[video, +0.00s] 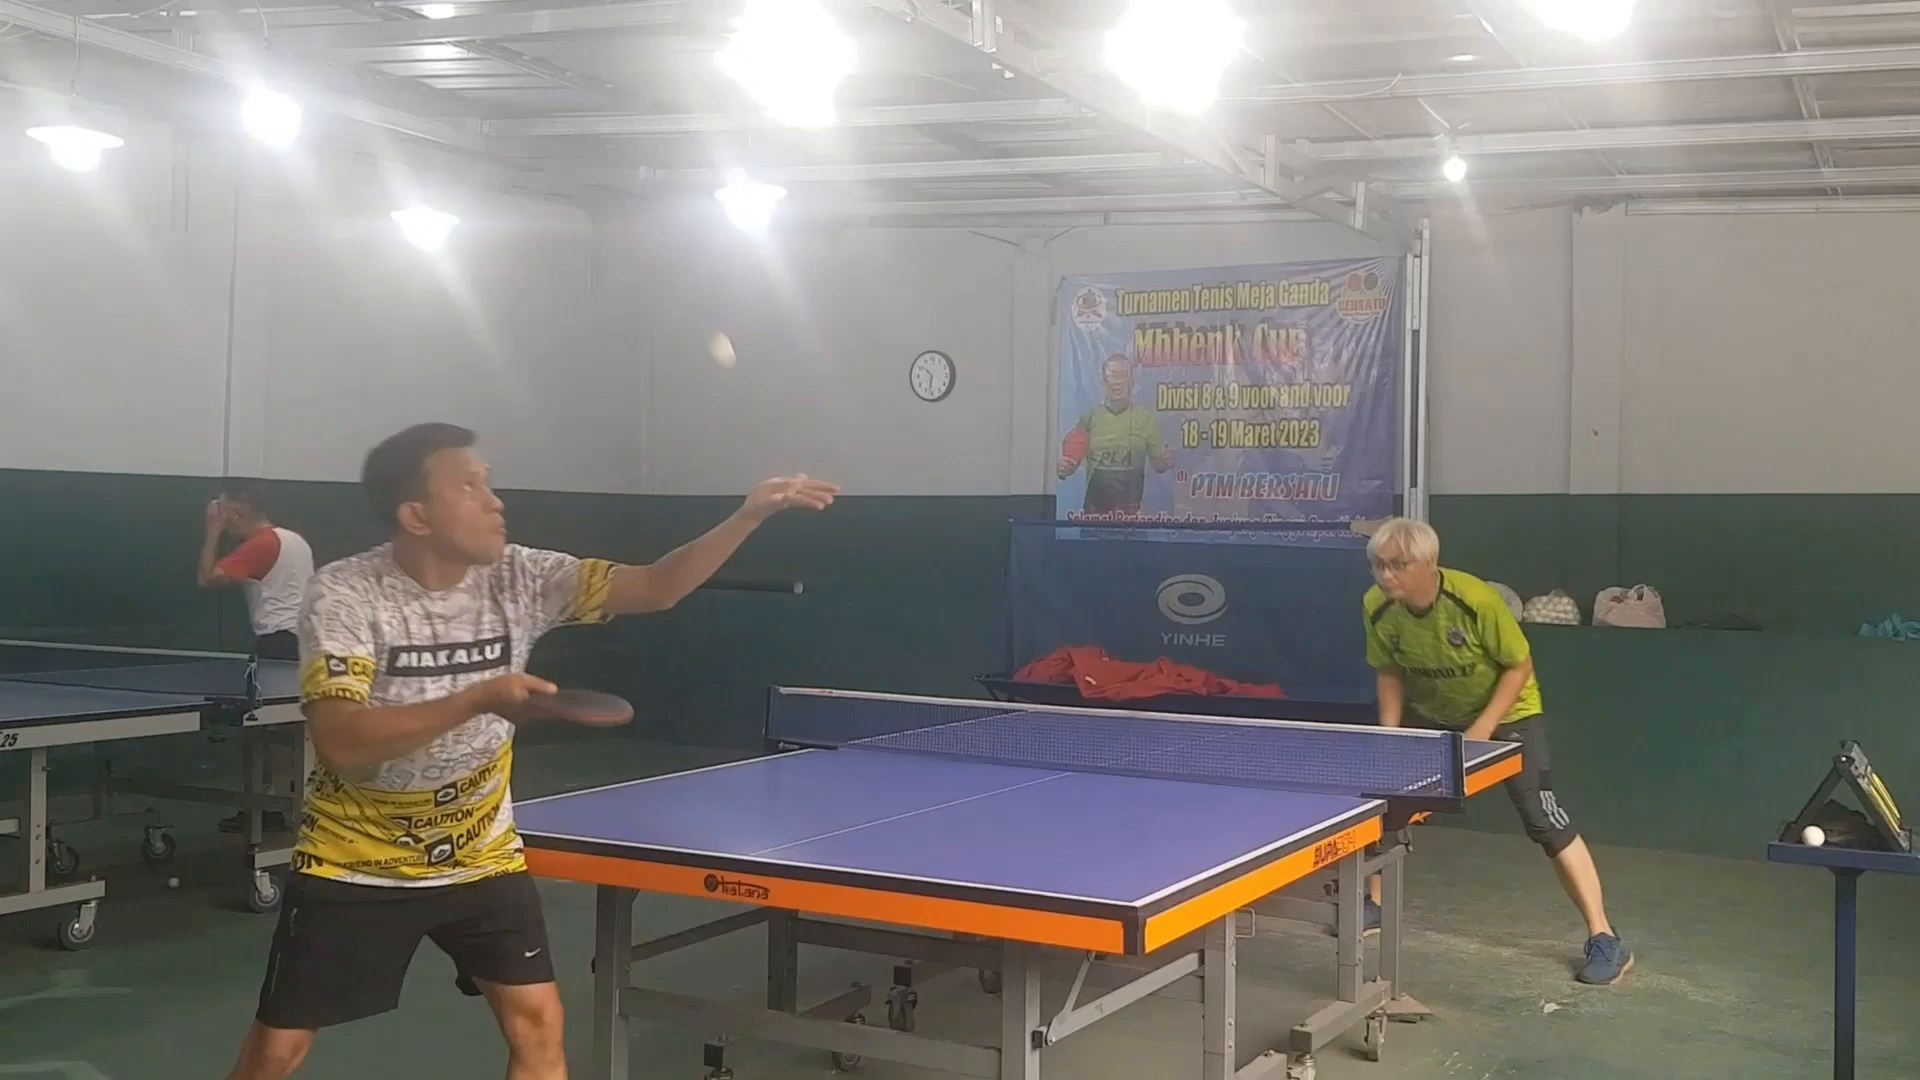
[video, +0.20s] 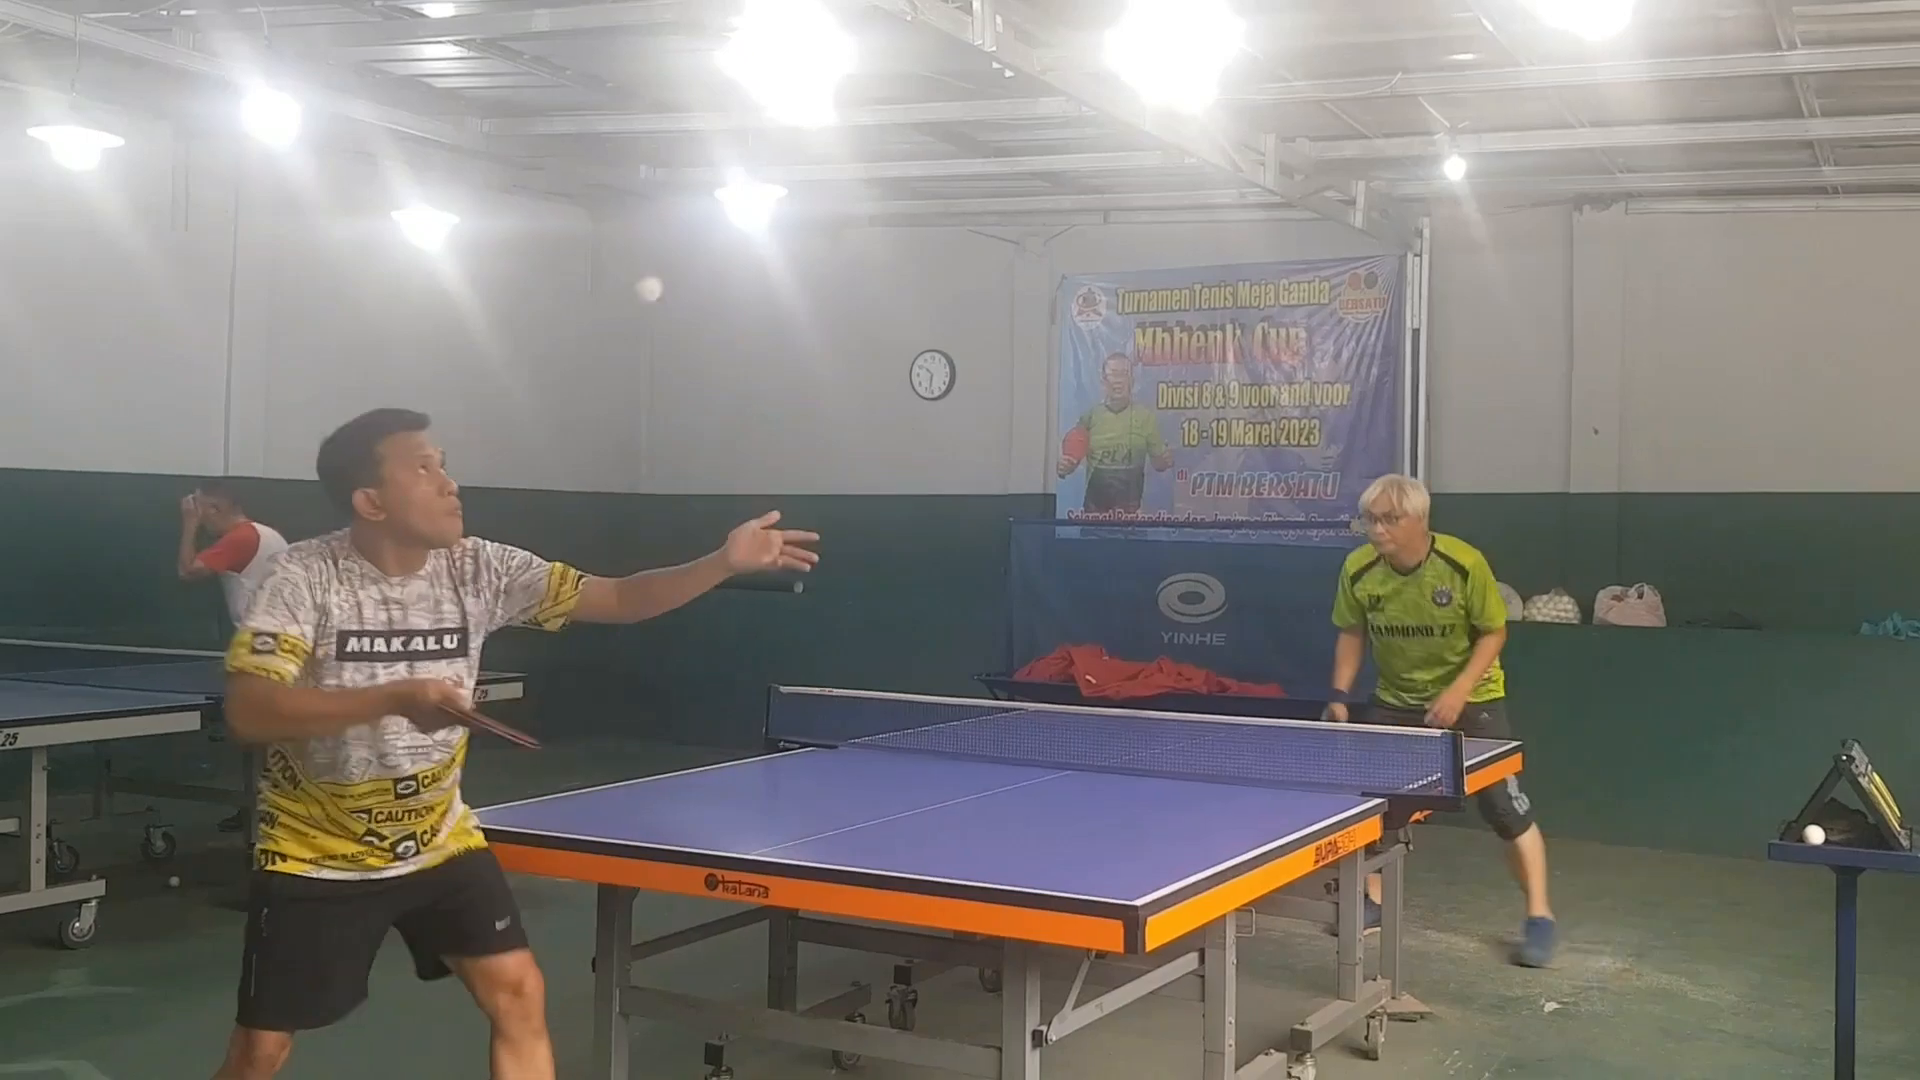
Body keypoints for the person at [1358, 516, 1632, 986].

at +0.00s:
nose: (1382, 576)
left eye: (1393, 566)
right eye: (1377, 566)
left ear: (1424, 565)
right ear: (1375, 568)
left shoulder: (1475, 600)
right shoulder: (1377, 607)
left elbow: (1520, 665)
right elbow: (1388, 675)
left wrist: (1485, 726)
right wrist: (1387, 741)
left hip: (1507, 713)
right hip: (1429, 718)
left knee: (1540, 812)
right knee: (1376, 804)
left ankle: (1603, 937)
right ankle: (1370, 903)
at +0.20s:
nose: (1375, 530)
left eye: (1386, 520)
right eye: (1370, 520)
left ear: (1416, 520)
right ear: (1365, 524)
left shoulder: (1464, 565)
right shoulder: (1358, 570)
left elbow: (1494, 633)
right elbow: (1351, 633)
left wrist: (1459, 691)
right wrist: (1339, 695)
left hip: (1472, 700)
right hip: (1395, 701)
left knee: (1504, 803)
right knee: (1365, 795)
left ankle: (1539, 915)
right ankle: (1371, 897)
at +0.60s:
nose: (1348, 530)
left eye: (1358, 520)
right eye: (1343, 521)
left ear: (1388, 521)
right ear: (1340, 526)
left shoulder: (1436, 564)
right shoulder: (1336, 575)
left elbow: (1476, 632)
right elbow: (1325, 644)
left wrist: (1444, 676)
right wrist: (1293, 674)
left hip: (1447, 709)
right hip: (1371, 710)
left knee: (1495, 804)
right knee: (1314, 782)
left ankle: (1551, 918)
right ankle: (1312, 897)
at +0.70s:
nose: (1379, 530)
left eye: (1389, 519)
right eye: (1372, 521)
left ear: (1419, 518)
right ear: (1366, 525)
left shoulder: (1468, 562)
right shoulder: (1365, 573)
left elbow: (1506, 634)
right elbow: (1361, 647)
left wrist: (1468, 667)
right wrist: (1332, 671)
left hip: (1472, 716)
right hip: (1393, 716)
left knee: (1517, 811)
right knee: (1330, 787)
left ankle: (1568, 925)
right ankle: (1314, 896)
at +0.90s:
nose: (1458, 517)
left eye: (1469, 507)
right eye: (1450, 508)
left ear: (1497, 504)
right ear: (1443, 508)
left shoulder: (1543, 537)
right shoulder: (1438, 561)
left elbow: (1590, 593)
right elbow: (1474, 621)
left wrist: (1578, 619)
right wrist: (1481, 653)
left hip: (1541, 702)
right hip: (1473, 704)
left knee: (1570, 820)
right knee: (1403, 787)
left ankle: (1579, 929)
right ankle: (1373, 888)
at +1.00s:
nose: (1471, 510)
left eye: (1483, 499)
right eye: (1461, 500)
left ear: (1510, 497)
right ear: (1453, 501)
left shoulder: (1545, 525)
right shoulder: (1447, 552)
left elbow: (1594, 569)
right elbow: (1483, 600)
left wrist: (1601, 588)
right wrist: (1499, 637)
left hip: (1549, 699)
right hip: (1481, 701)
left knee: (1577, 810)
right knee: (1456, 795)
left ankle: (1579, 927)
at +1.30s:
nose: (1481, 505)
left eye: (1493, 494)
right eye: (1472, 495)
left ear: (1519, 496)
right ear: (1462, 499)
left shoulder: (1556, 539)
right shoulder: (1444, 557)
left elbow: (1611, 588)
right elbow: (1440, 631)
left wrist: (1617, 621)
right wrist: (1429, 649)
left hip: (1539, 691)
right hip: (1465, 692)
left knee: (1561, 805)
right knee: (1455, 796)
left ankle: (1576, 929)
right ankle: (1454, 921)